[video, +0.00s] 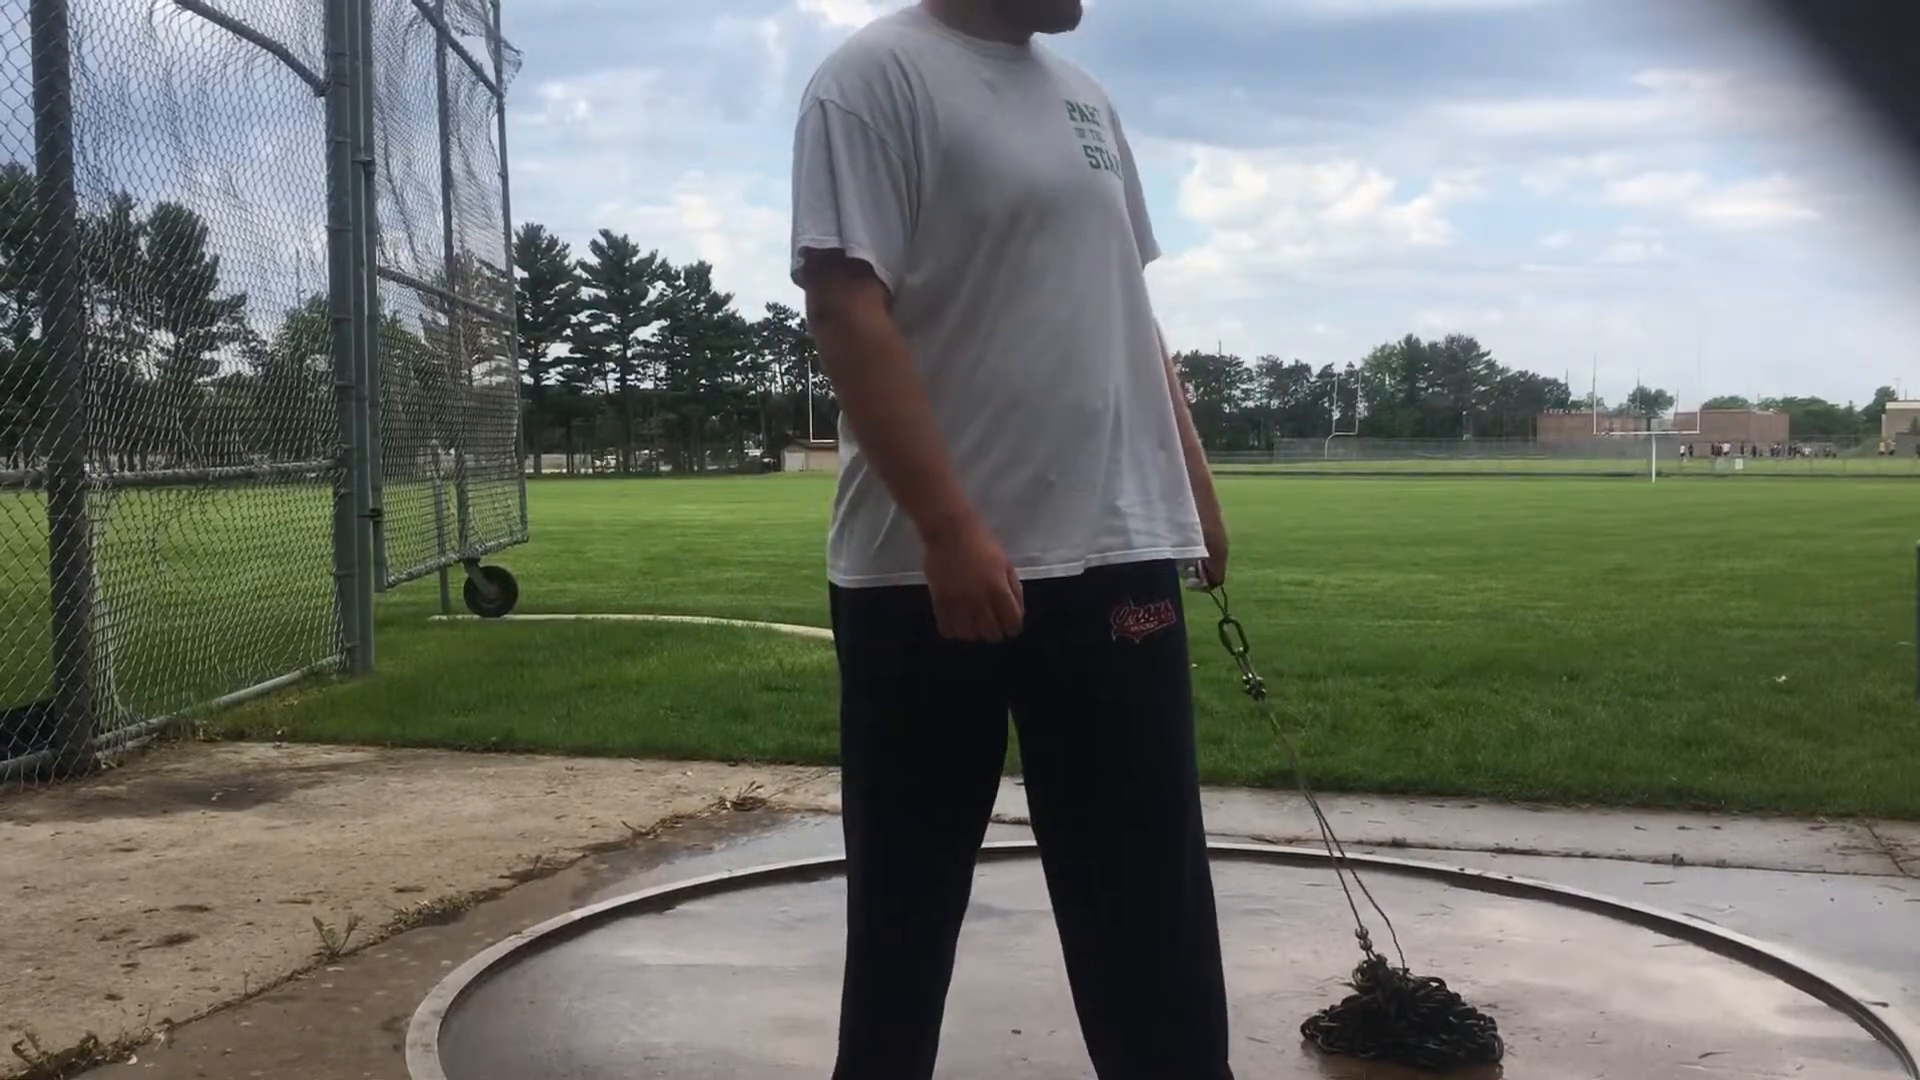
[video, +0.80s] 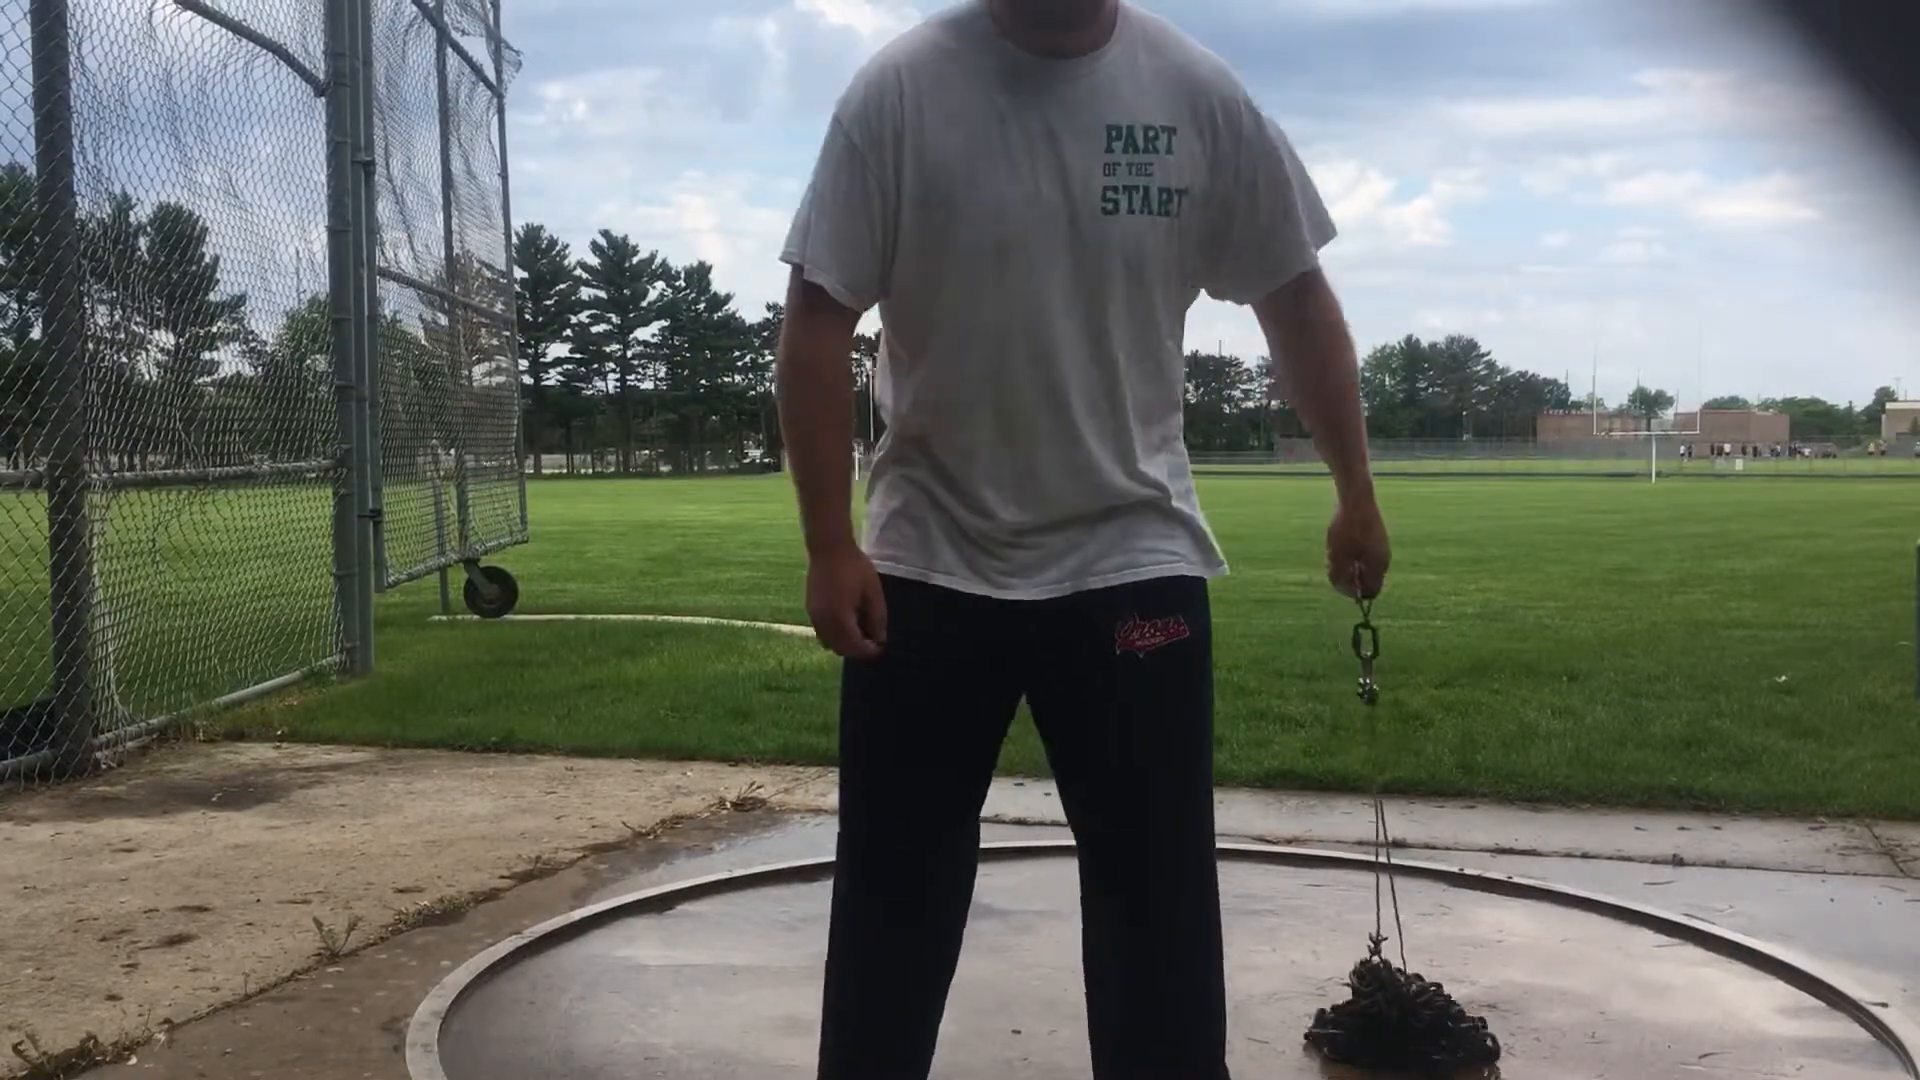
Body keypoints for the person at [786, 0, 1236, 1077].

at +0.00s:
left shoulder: (1085, 95)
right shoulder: (867, 77)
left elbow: (1131, 317)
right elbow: (847, 316)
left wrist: (1193, 482)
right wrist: (946, 528)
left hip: (1114, 561)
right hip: (925, 575)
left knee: (1152, 924)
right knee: (903, 925)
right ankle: (881, 1074)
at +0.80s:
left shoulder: (1201, 99)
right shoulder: (897, 93)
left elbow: (1294, 297)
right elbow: (815, 316)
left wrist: (1356, 492)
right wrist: (828, 543)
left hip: (1130, 555)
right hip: (928, 559)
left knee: (1160, 912)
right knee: (890, 911)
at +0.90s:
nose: (1065, 0)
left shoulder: (1206, 95)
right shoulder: (892, 99)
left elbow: (1324, 288)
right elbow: (821, 318)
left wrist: (1385, 489)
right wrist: (836, 542)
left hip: (1141, 558)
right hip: (938, 561)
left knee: (1171, 912)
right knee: (895, 914)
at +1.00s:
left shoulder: (1201, 86)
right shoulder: (886, 105)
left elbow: (1337, 256)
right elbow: (828, 324)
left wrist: (1367, 449)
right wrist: (861, 538)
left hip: (1148, 565)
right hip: (943, 566)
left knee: (1179, 916)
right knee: (902, 918)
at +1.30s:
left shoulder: (1109, 22)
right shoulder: (842, 116)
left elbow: (1308, 92)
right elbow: (833, 335)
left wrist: (1183, 141)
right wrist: (967, 314)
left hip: (1125, 532)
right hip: (931, 560)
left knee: (1165, 928)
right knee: (894, 933)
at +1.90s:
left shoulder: (1108, 43)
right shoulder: (891, 114)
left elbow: (1105, 114)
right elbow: (816, 273)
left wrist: (880, 117)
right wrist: (796, 198)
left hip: (1094, 523)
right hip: (914, 542)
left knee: (1155, 917)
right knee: (876, 915)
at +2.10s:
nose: (1038, 1)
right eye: (1023, 5)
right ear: (1001, 6)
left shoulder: (1182, 59)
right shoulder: (968, 136)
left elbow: (1078, 103)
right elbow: (886, 274)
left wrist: (842, 150)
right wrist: (808, 238)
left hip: (1149, 533)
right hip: (974, 552)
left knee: (1171, 920)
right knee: (916, 907)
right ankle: (876, 1069)